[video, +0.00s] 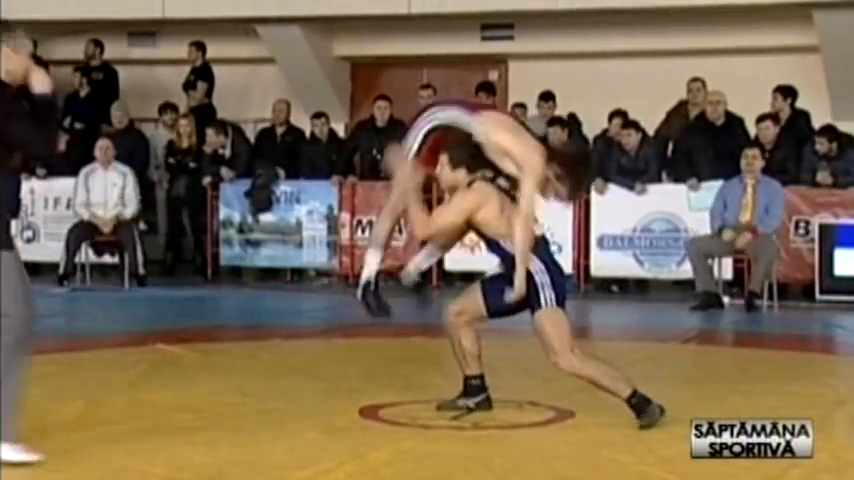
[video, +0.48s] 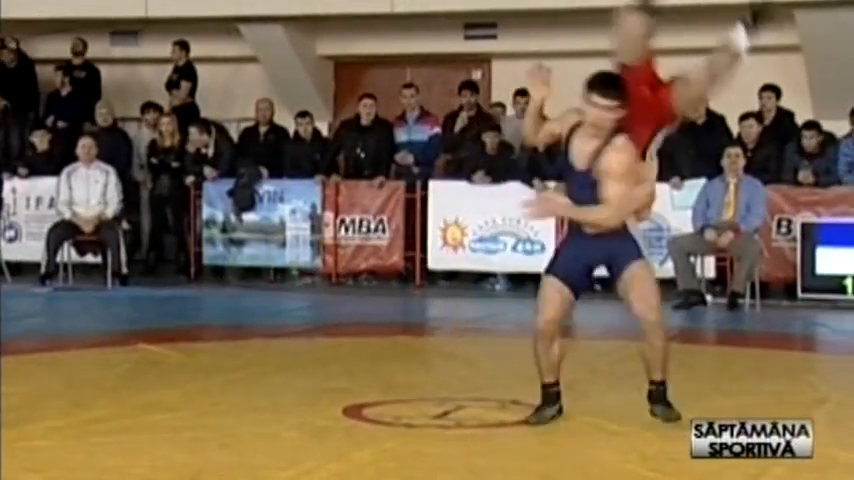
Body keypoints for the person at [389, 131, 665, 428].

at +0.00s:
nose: (438, 172)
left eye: (442, 166)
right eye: (439, 166)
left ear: (457, 166)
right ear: (467, 166)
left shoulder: (472, 195)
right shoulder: (478, 191)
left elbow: (423, 230)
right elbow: (442, 240)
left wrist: (409, 187)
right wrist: (424, 195)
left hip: (538, 271)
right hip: (518, 270)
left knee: (563, 356)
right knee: (457, 314)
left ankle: (639, 402)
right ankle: (475, 391)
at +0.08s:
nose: (466, 137)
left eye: (474, 132)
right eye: (470, 130)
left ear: (492, 140)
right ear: (495, 142)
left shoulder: (499, 173)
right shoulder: (492, 172)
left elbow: (442, 204)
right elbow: (449, 206)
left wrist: (439, 158)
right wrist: (441, 161)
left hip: (533, 264)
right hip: (511, 265)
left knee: (554, 349)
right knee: (451, 318)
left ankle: (628, 398)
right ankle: (472, 392)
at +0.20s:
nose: (525, 110)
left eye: (533, 106)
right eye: (528, 105)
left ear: (548, 117)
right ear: (545, 116)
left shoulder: (544, 149)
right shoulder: (535, 146)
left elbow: (483, 158)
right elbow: (489, 157)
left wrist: (485, 118)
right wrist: (491, 119)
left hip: (551, 247)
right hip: (522, 248)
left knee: (572, 335)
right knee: (472, 317)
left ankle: (630, 397)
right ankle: (471, 390)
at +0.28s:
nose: (541, 97)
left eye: (548, 93)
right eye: (542, 91)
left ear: (565, 103)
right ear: (547, 99)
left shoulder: (569, 134)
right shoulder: (541, 128)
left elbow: (506, 151)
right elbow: (507, 150)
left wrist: (511, 109)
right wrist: (512, 100)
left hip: (574, 242)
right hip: (538, 241)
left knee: (595, 328)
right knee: (492, 311)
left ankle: (641, 397)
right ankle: (481, 382)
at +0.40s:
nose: (558, 104)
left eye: (568, 99)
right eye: (555, 95)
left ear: (586, 107)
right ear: (550, 94)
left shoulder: (585, 142)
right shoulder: (549, 127)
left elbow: (563, 203)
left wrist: (516, 176)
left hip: (601, 227)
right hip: (562, 227)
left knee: (624, 316)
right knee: (533, 310)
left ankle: (640, 395)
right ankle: (547, 393)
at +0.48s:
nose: (607, 116)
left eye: (614, 110)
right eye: (601, 107)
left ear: (621, 111)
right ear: (585, 104)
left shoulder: (620, 150)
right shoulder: (572, 124)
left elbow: (614, 215)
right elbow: (533, 138)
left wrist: (566, 210)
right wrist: (536, 103)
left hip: (618, 239)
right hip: (578, 237)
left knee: (650, 312)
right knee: (546, 321)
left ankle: (658, 394)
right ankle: (550, 397)